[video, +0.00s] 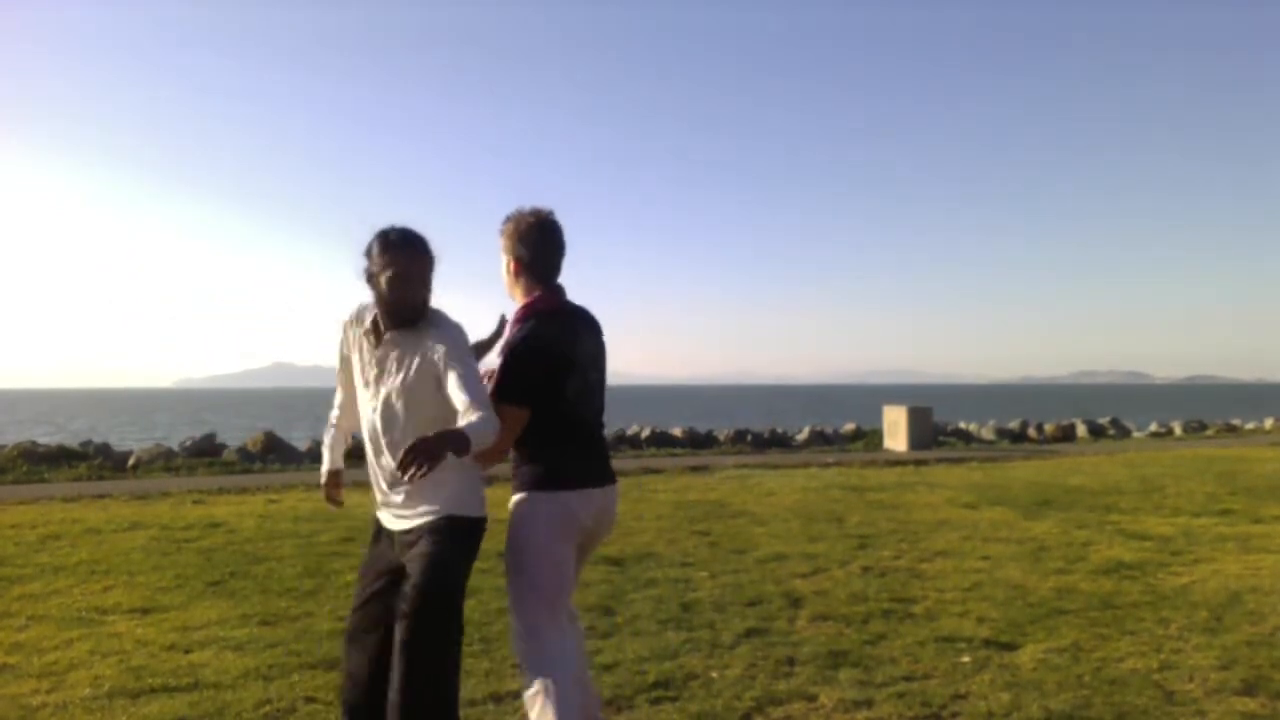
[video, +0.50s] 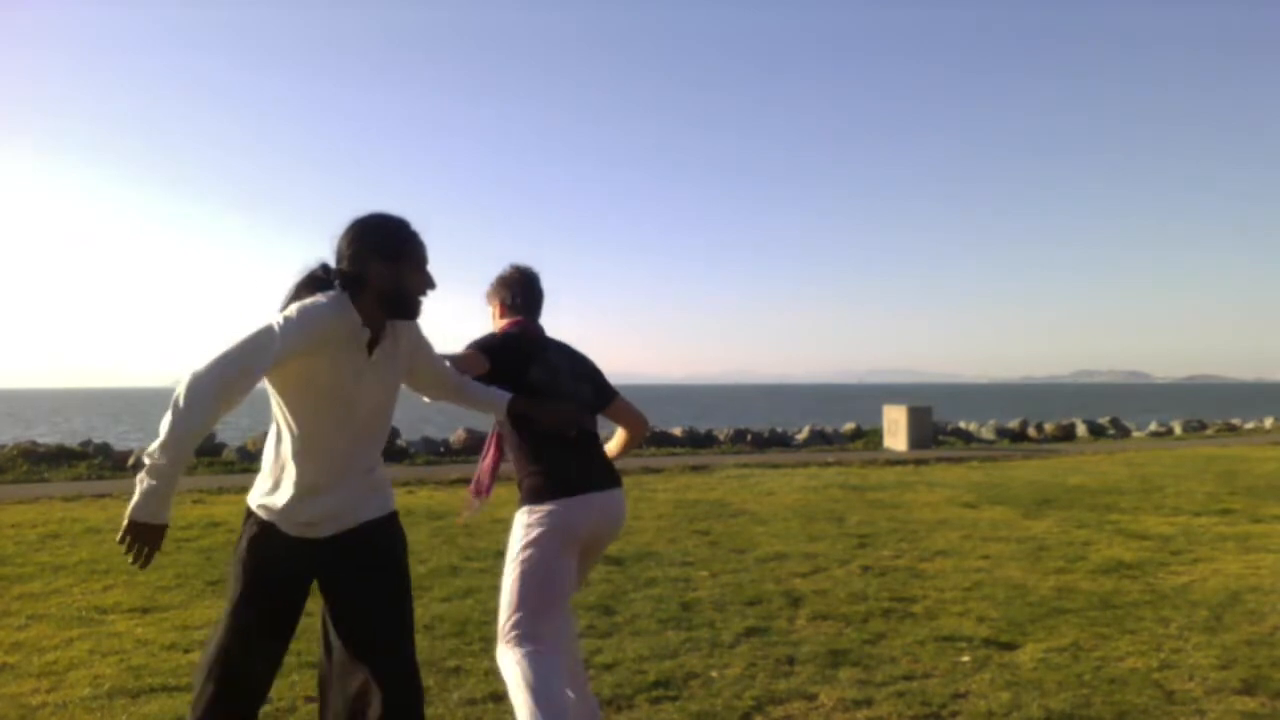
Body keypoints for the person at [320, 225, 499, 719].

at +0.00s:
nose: (407, 285)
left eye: (417, 273)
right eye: (393, 274)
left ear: (431, 276)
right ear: (372, 279)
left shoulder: (443, 335)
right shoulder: (356, 332)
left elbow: (484, 422)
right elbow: (346, 403)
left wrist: (446, 441)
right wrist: (332, 458)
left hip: (446, 518)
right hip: (391, 518)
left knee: (417, 641)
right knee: (364, 639)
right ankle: (362, 714)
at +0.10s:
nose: (433, 296)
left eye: (437, 283)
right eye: (421, 284)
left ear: (441, 281)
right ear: (381, 282)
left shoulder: (450, 340)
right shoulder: (341, 322)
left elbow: (486, 412)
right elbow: (286, 371)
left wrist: (487, 436)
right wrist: (272, 444)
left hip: (439, 524)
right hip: (370, 525)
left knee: (431, 658)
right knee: (356, 662)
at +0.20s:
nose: (449, 296)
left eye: (449, 283)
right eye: (440, 282)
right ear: (395, 280)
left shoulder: (447, 345)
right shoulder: (329, 325)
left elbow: (483, 419)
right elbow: (238, 356)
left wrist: (512, 438)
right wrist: (219, 452)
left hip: (429, 519)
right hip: (353, 528)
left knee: (431, 651)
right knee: (354, 681)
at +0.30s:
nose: (454, 292)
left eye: (453, 279)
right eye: (444, 278)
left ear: (399, 281)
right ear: (397, 278)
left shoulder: (437, 344)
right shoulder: (327, 324)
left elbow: (472, 412)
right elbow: (226, 359)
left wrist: (522, 431)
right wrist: (178, 455)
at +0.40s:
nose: (448, 288)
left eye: (446, 275)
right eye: (437, 274)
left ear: (402, 278)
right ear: (394, 276)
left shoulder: (421, 343)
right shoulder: (327, 323)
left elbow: (464, 403)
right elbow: (218, 377)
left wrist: (525, 423)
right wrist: (158, 476)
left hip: (387, 522)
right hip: (306, 525)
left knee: (400, 679)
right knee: (290, 685)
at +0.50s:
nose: (429, 280)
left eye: (426, 267)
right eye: (416, 265)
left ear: (385, 270)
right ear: (372, 265)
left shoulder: (402, 334)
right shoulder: (315, 320)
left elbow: (443, 382)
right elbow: (207, 384)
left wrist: (521, 408)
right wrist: (153, 496)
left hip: (365, 522)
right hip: (282, 523)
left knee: (392, 682)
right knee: (235, 679)